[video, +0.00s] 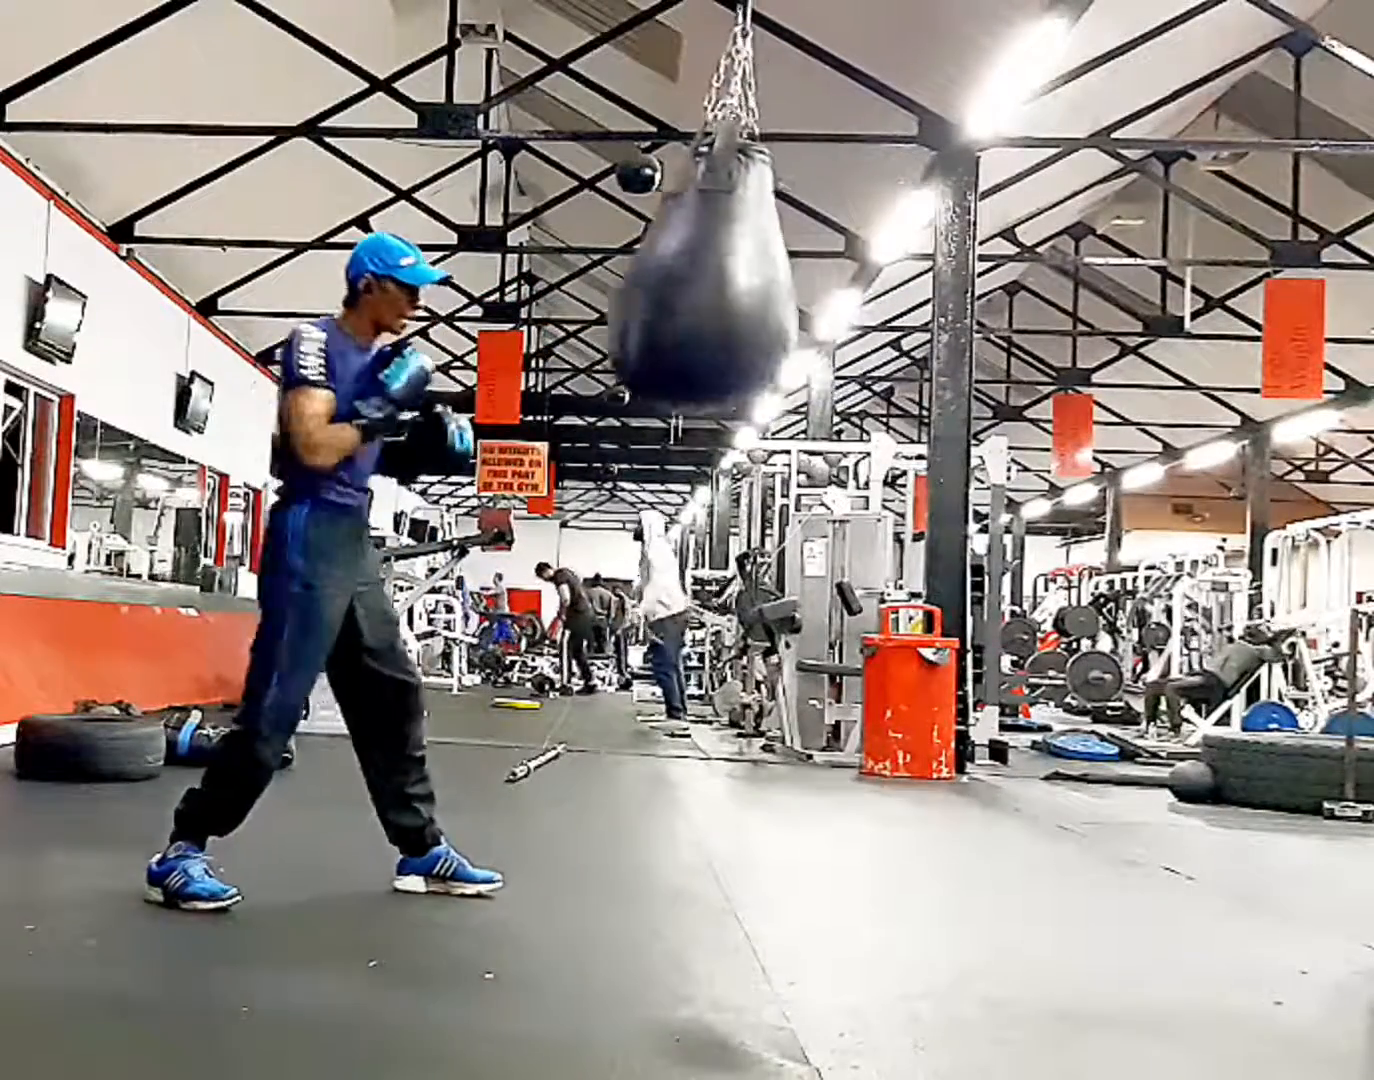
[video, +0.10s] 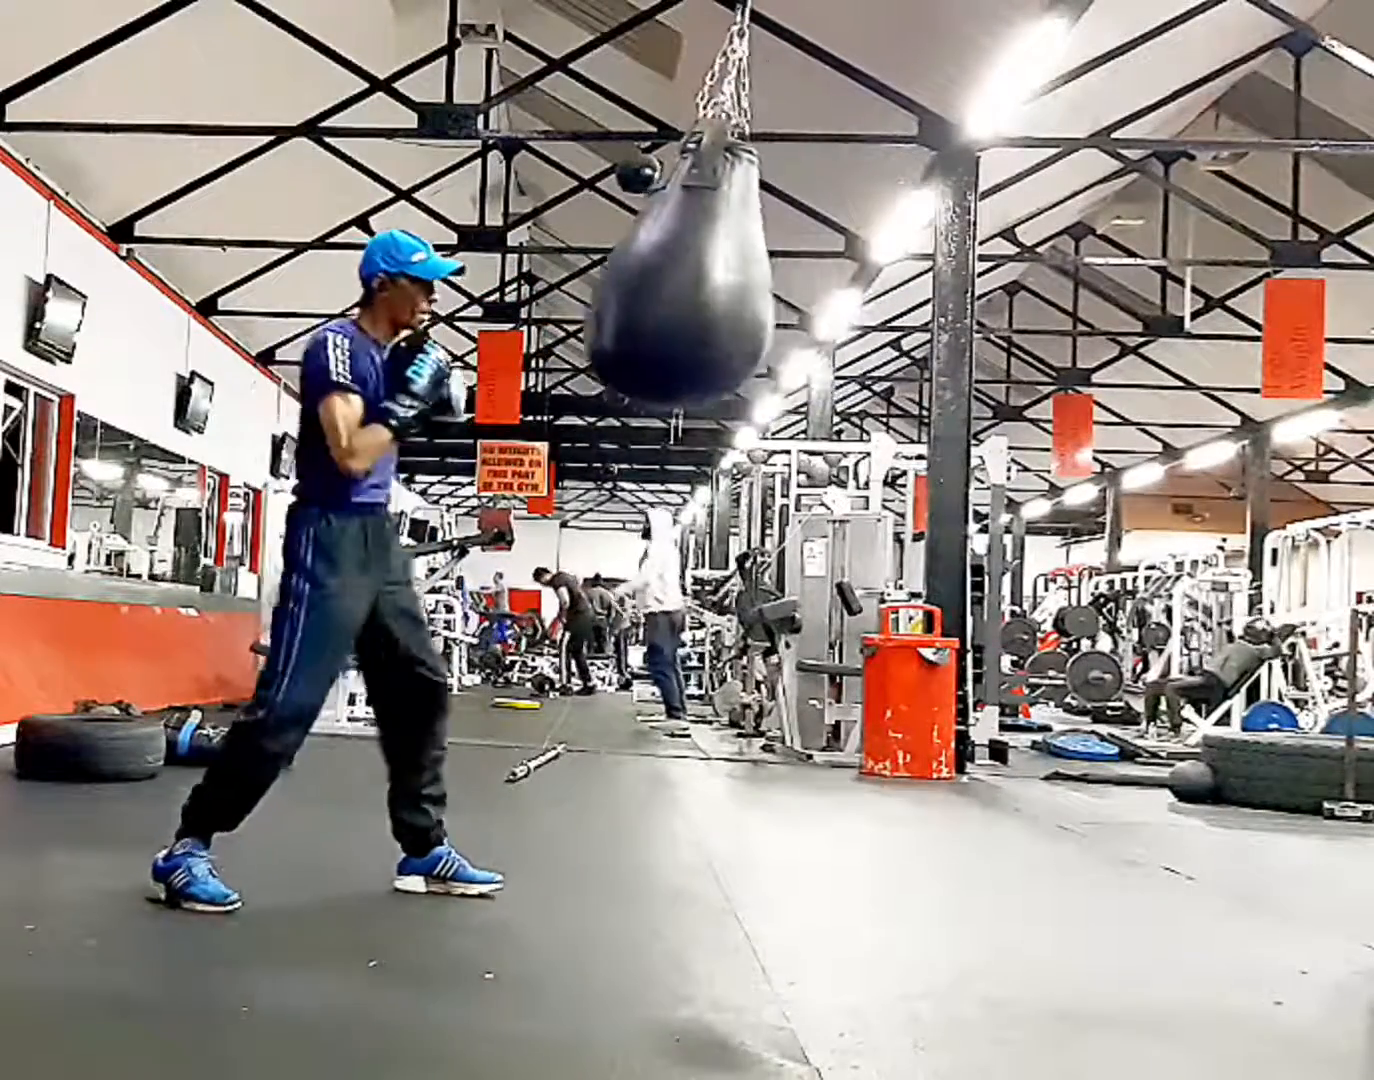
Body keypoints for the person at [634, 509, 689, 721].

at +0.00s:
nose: (635, 531)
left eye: (639, 526)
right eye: (637, 526)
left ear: (647, 527)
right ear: (656, 527)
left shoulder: (654, 548)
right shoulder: (660, 547)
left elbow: (656, 583)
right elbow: (646, 581)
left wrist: (643, 607)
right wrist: (634, 595)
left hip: (666, 611)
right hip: (674, 610)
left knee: (664, 665)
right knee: (672, 663)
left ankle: (675, 712)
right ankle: (678, 709)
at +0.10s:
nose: (642, 528)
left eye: (646, 524)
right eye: (644, 524)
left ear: (653, 526)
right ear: (663, 526)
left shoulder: (656, 548)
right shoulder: (669, 547)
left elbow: (645, 578)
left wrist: (620, 591)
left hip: (659, 612)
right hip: (671, 609)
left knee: (660, 662)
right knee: (670, 662)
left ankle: (675, 711)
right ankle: (679, 707)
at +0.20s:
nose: (649, 527)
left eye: (653, 523)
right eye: (651, 523)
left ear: (661, 526)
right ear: (670, 526)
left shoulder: (661, 545)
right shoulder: (673, 547)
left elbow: (632, 560)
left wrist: (599, 569)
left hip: (657, 610)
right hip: (670, 609)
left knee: (657, 666)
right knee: (667, 664)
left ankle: (675, 712)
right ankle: (677, 709)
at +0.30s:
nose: (652, 528)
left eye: (654, 524)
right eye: (653, 524)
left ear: (662, 525)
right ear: (672, 526)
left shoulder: (662, 544)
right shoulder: (673, 547)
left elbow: (630, 546)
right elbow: (630, 548)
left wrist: (595, 546)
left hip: (655, 608)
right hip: (666, 608)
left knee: (655, 663)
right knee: (667, 661)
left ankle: (675, 712)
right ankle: (677, 709)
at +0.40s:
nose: (653, 527)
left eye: (655, 523)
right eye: (654, 523)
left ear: (661, 524)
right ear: (673, 525)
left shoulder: (663, 542)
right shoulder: (675, 548)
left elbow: (632, 539)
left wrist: (602, 530)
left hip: (655, 606)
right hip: (668, 607)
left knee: (655, 663)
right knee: (667, 661)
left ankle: (674, 713)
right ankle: (678, 710)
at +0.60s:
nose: (653, 528)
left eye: (656, 525)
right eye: (654, 525)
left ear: (664, 525)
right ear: (673, 525)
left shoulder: (666, 543)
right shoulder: (673, 545)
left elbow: (636, 536)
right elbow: (639, 538)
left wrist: (606, 526)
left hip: (658, 605)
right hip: (668, 605)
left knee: (655, 661)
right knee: (665, 660)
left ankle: (675, 714)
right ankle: (677, 710)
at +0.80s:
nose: (652, 529)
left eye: (655, 525)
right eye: (653, 525)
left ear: (663, 526)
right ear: (671, 526)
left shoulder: (667, 545)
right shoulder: (674, 546)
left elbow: (634, 549)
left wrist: (603, 548)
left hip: (662, 609)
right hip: (668, 608)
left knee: (657, 661)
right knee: (666, 660)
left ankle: (675, 710)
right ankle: (677, 708)